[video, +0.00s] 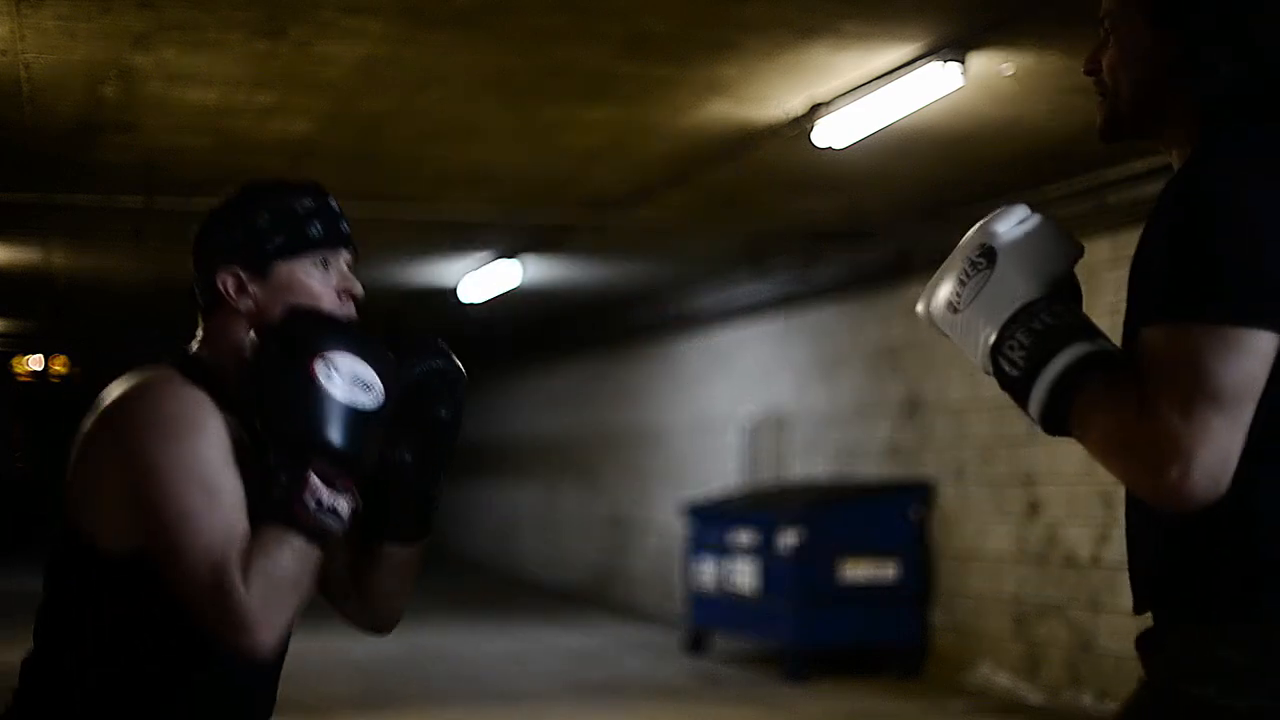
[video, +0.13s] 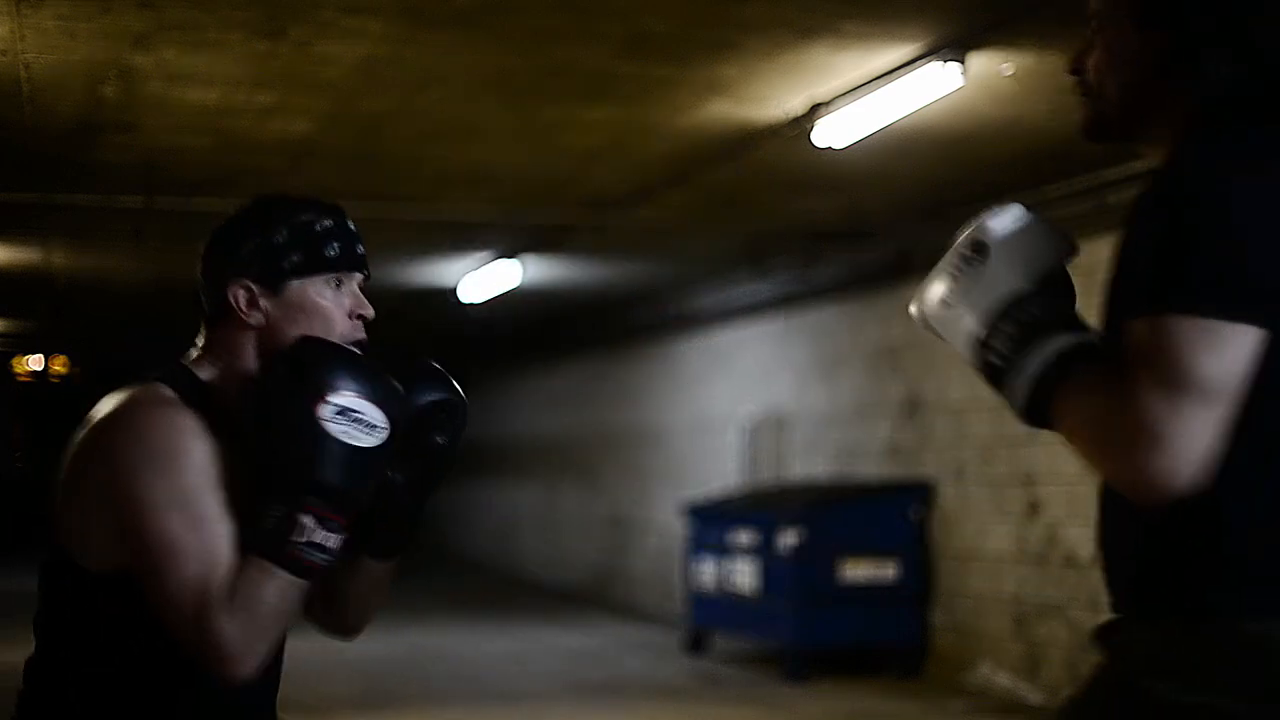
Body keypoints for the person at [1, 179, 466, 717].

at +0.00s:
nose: (354, 289)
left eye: (349, 267)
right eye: (324, 264)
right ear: (238, 288)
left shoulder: (261, 419)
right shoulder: (163, 411)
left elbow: (372, 608)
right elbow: (253, 622)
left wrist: (412, 463)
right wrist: (327, 456)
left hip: (199, 711)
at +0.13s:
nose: (365, 312)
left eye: (358, 287)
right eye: (337, 287)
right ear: (249, 302)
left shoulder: (263, 424)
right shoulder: (151, 428)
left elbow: (341, 615)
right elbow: (230, 648)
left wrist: (400, 487)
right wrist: (323, 494)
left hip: (212, 715)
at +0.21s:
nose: (334, 297)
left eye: (329, 269)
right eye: (300, 270)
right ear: (213, 291)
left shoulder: (282, 412)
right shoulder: (100, 425)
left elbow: (376, 588)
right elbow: (169, 650)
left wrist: (397, 448)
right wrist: (254, 488)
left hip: (251, 709)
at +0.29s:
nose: (261, 342)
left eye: (270, 313)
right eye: (229, 321)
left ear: (283, 314)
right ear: (166, 336)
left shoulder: (296, 433)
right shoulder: (77, 464)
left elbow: (412, 604)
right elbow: (93, 696)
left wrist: (376, 467)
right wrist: (151, 538)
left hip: (264, 704)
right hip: (132, 714)